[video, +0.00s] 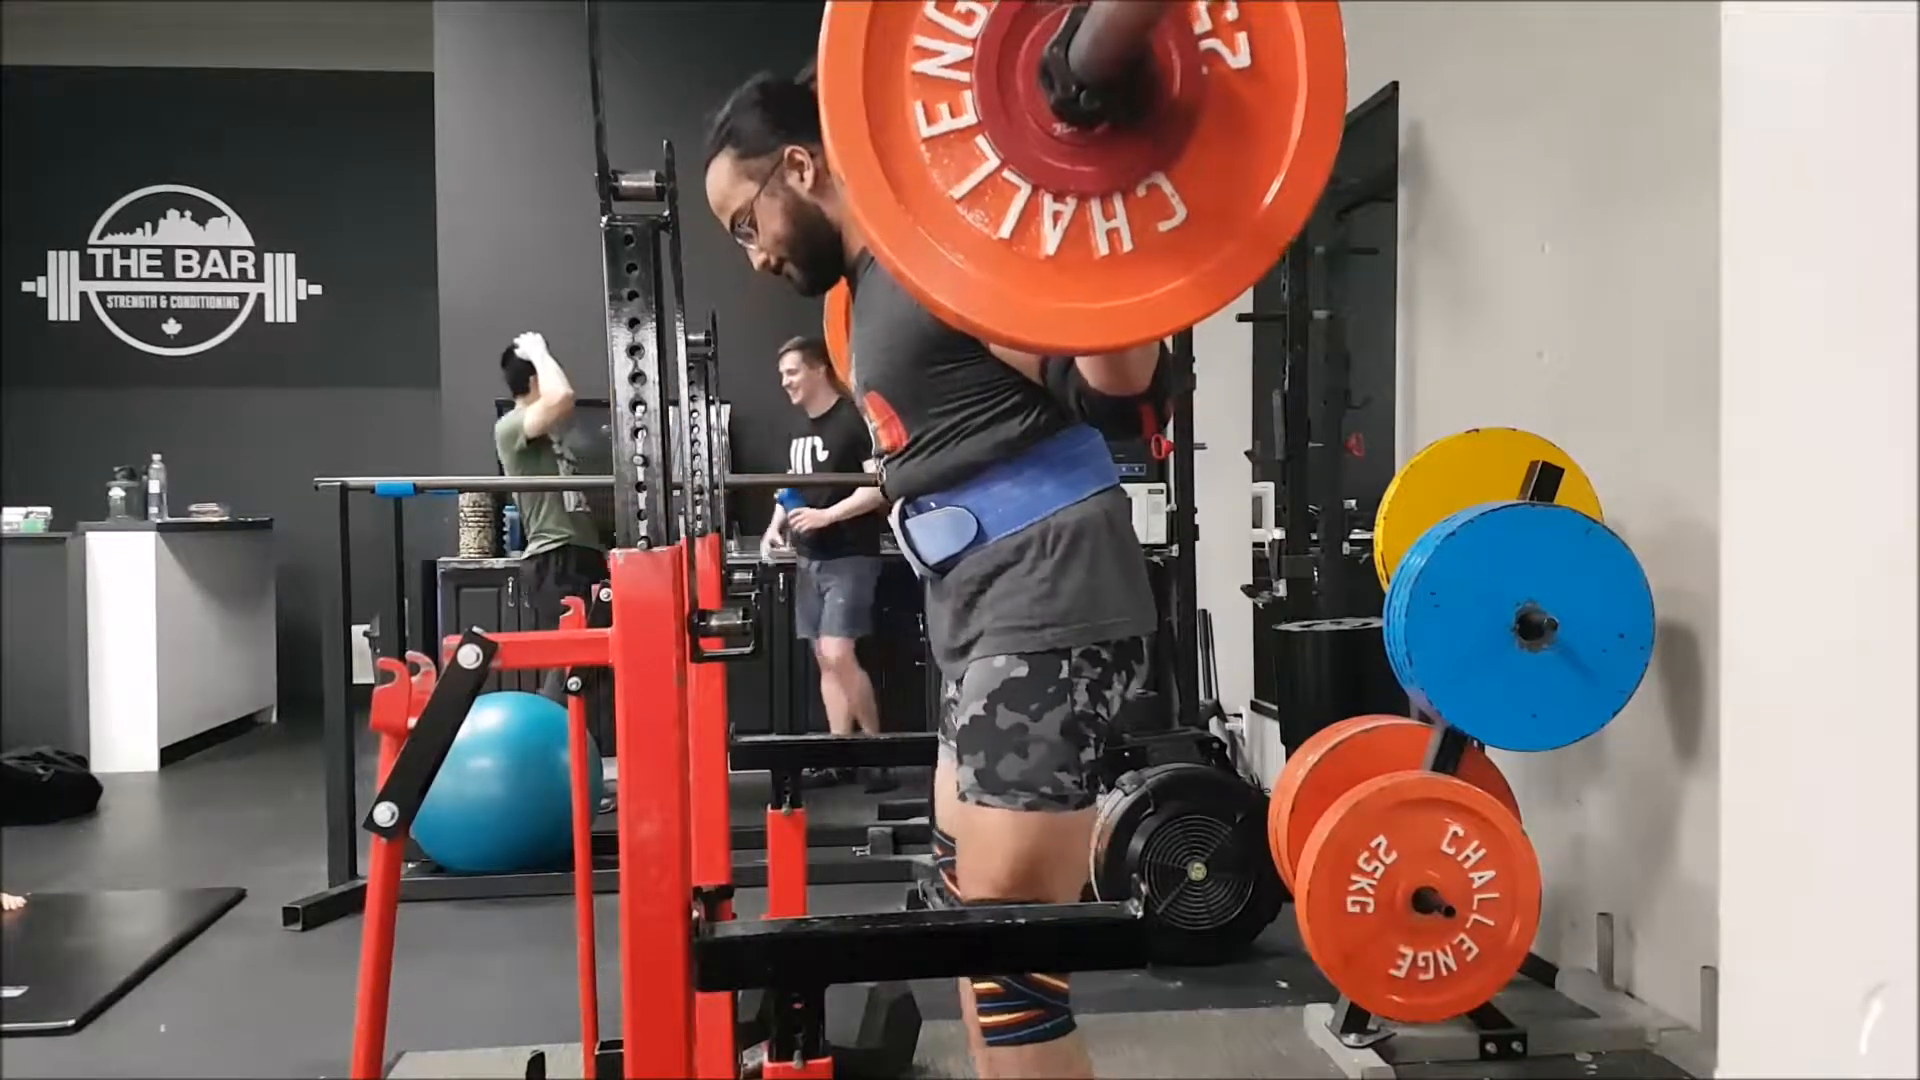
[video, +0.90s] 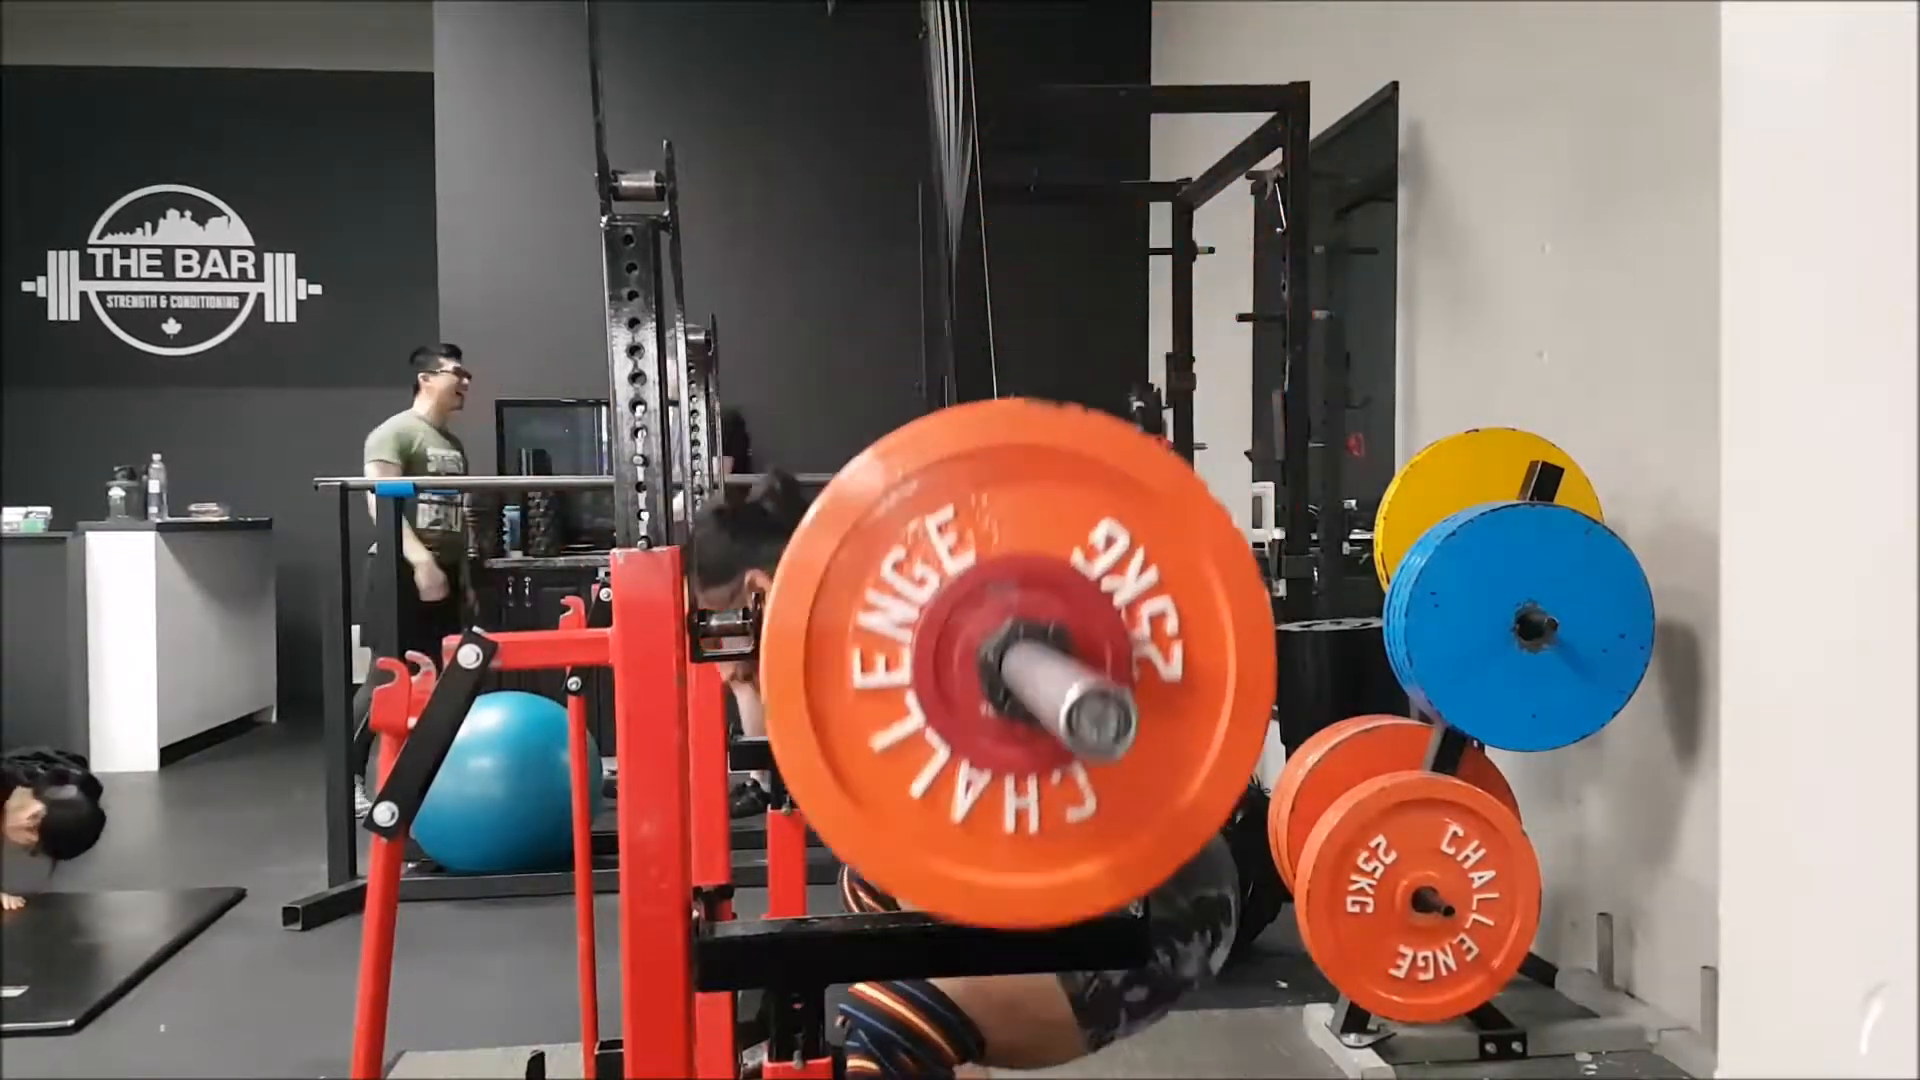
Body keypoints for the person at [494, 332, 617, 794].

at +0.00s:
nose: (554, 383)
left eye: (551, 376)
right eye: (545, 378)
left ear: (522, 385)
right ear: (530, 381)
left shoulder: (553, 428)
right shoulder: (510, 427)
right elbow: (560, 399)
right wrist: (540, 354)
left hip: (588, 553)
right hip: (555, 555)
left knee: (599, 664)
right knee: (567, 666)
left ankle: (603, 759)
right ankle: (550, 761)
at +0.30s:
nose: (515, 387)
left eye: (513, 379)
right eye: (507, 381)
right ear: (493, 387)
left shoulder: (508, 443)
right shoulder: (468, 430)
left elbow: (537, 505)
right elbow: (522, 401)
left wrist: (591, 513)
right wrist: (503, 361)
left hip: (523, 565)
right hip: (492, 566)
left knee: (536, 661)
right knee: (503, 664)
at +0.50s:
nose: (508, 393)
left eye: (508, 385)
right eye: (499, 385)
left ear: (479, 391)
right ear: (474, 389)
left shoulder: (490, 442)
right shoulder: (445, 425)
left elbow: (503, 513)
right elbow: (492, 417)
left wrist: (538, 537)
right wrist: (502, 370)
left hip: (482, 563)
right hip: (446, 564)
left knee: (484, 660)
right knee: (462, 661)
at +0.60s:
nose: (499, 383)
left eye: (497, 375)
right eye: (490, 375)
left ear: (468, 384)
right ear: (462, 384)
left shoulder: (479, 434)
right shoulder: (436, 422)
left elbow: (486, 510)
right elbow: (456, 442)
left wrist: (511, 545)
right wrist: (514, 404)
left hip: (471, 557)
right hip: (435, 557)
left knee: (478, 653)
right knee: (447, 656)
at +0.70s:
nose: (489, 382)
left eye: (486, 375)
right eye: (480, 375)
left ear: (456, 385)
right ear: (451, 384)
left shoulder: (458, 436)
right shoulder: (430, 425)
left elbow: (464, 515)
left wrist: (490, 554)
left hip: (458, 560)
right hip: (430, 560)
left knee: (462, 656)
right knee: (433, 659)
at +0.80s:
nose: (478, 383)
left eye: (478, 377)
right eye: (470, 376)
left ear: (452, 385)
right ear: (440, 383)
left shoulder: (453, 441)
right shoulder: (415, 430)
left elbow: (463, 511)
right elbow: (410, 501)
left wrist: (480, 577)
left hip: (450, 567)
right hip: (419, 565)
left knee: (452, 672)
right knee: (417, 672)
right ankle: (371, 763)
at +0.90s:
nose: (466, 382)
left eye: (466, 376)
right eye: (457, 375)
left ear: (443, 385)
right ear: (425, 381)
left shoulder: (453, 445)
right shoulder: (392, 433)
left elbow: (458, 518)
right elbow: (385, 506)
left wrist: (466, 582)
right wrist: (422, 560)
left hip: (446, 576)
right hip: (400, 576)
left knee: (447, 678)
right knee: (394, 676)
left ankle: (439, 784)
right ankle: (352, 771)